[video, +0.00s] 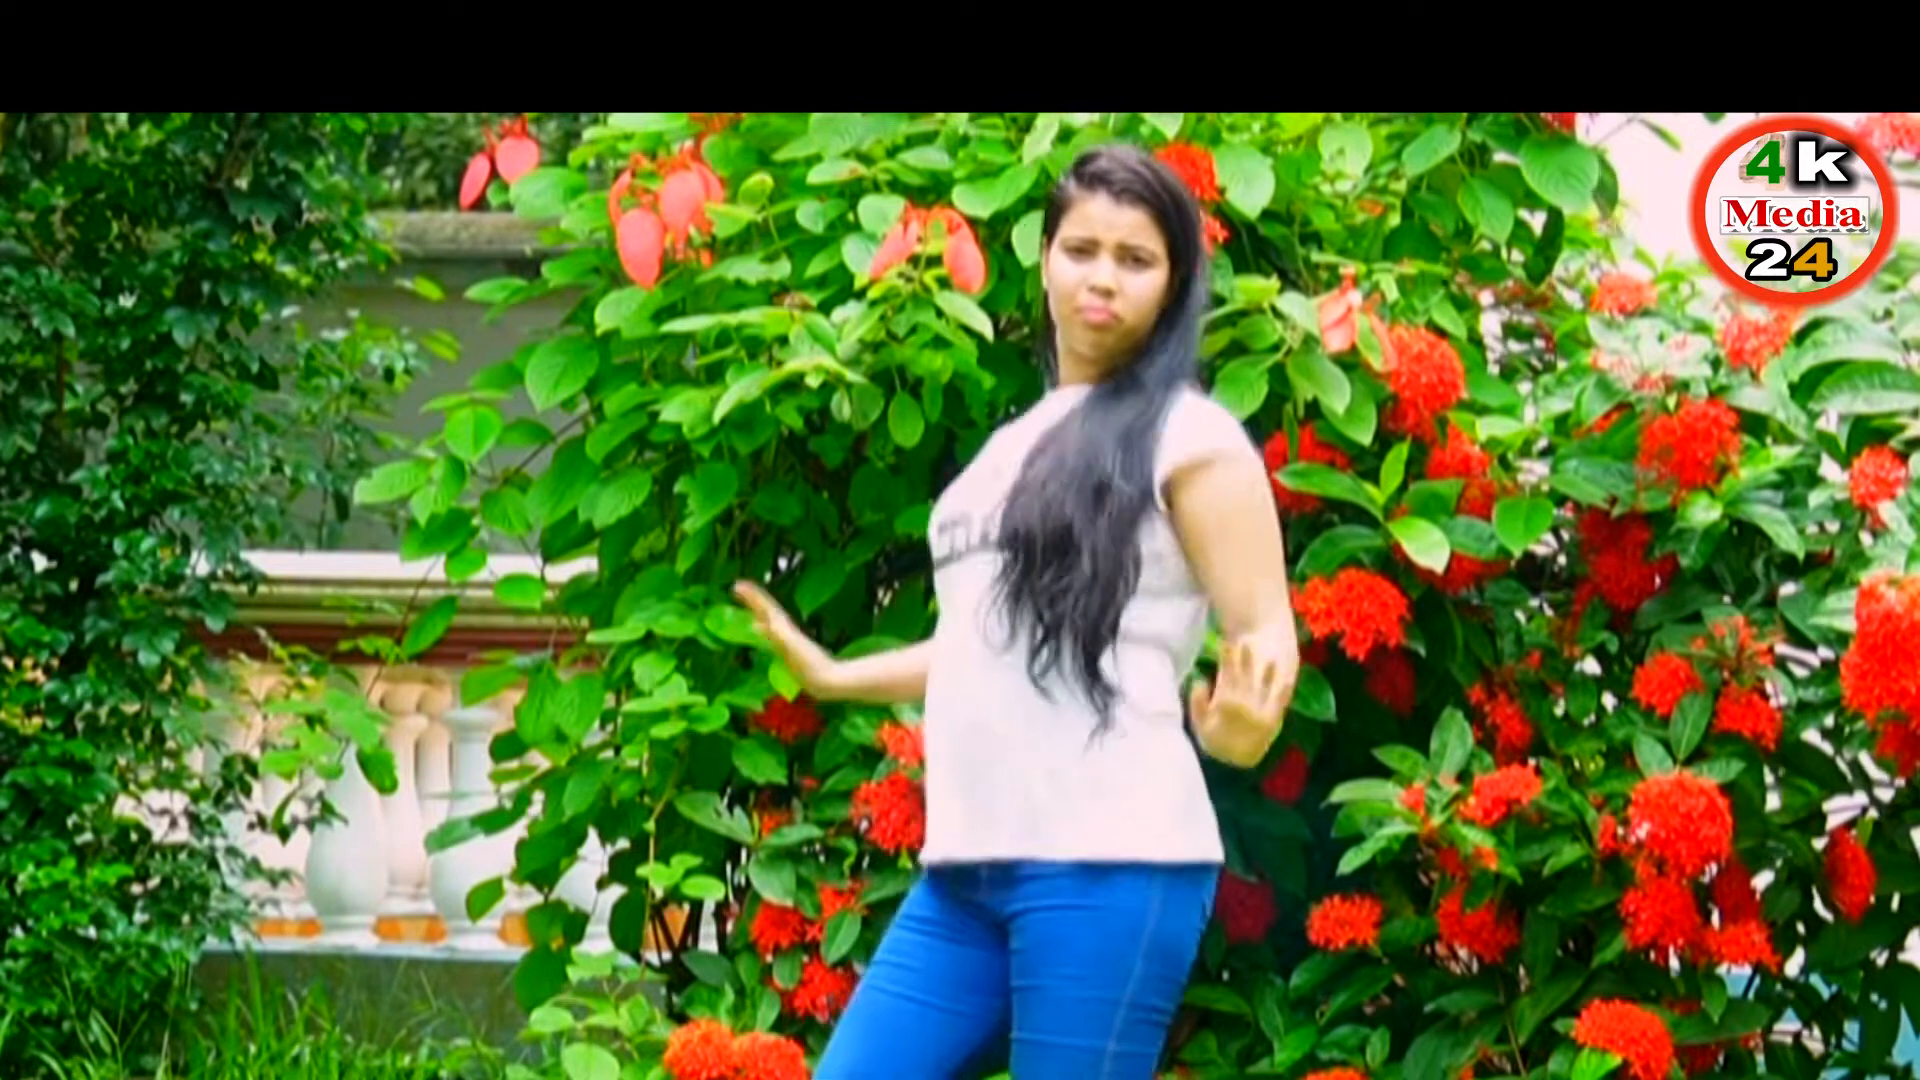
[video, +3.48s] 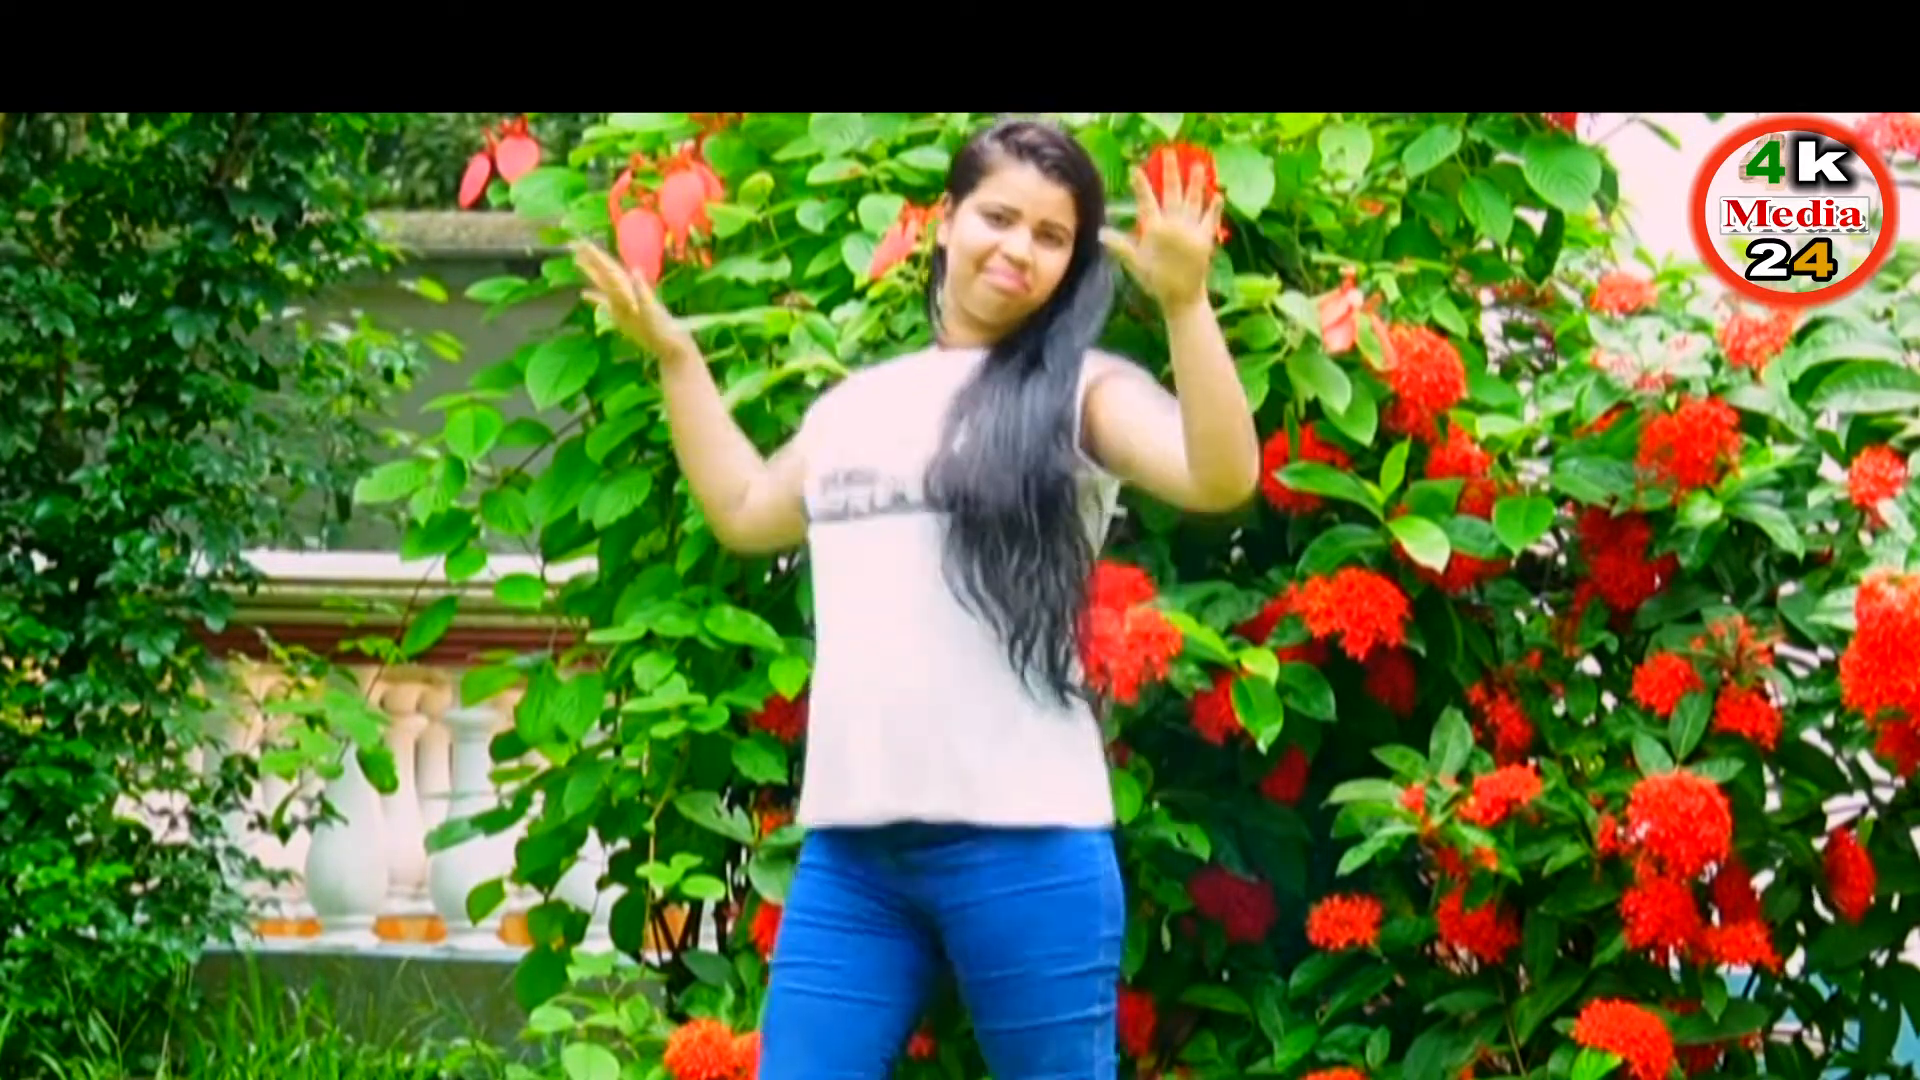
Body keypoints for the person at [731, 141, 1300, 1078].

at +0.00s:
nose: (1102, 281)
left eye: (1134, 260)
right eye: (1080, 250)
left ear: (1175, 287)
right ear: (1045, 262)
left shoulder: (1191, 433)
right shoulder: (1014, 440)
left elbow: (1265, 631)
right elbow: (990, 647)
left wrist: (1237, 739)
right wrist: (836, 679)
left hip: (1112, 873)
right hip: (964, 870)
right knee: (848, 1071)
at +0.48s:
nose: (1071, 310)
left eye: (1103, 292)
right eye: (1051, 278)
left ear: (1130, 321)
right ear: (1007, 288)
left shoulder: (1138, 477)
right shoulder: (931, 478)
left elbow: (1195, 705)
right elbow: (867, 675)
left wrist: (1215, 701)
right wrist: (683, 688)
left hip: (1065, 890)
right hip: (906, 888)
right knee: (791, 1070)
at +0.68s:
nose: (1040, 275)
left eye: (1069, 264)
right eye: (1022, 241)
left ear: (1083, 293)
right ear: (961, 241)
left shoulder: (1086, 414)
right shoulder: (866, 439)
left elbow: (1183, 603)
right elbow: (753, 606)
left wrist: (1227, 582)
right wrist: (583, 558)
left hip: (1026, 847)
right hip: (844, 833)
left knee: (1043, 1073)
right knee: (797, 1070)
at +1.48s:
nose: (1072, 285)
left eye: (1103, 267)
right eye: (1050, 254)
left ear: (1131, 292)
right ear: (997, 264)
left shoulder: (1151, 419)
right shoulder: (946, 447)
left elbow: (1258, 569)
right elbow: (812, 563)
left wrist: (1307, 495)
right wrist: (639, 503)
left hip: (1085, 859)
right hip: (929, 846)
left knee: (1046, 1073)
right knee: (847, 1068)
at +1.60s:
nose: (1080, 273)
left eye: (1111, 255)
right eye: (1058, 241)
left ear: (1135, 281)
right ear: (1006, 246)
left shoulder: (1146, 391)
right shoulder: (972, 430)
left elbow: (1264, 496)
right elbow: (870, 523)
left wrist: (1296, 355)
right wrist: (724, 401)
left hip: (1101, 862)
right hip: (948, 853)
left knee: (1069, 1070)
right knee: (876, 1068)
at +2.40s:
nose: (1048, 274)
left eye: (1078, 259)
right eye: (1027, 242)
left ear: (1105, 287)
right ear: (976, 247)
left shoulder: (1112, 394)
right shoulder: (898, 411)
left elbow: (1177, 409)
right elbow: (738, 428)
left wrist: (1183, 237)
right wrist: (624, 282)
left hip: (1041, 862)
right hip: (861, 850)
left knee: (1040, 1067)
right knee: (812, 1069)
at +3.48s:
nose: (1016, 251)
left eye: (1049, 236)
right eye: (998, 217)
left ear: (1074, 264)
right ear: (945, 222)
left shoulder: (1079, 387)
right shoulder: (851, 405)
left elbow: (1221, 480)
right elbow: (746, 512)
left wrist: (1187, 304)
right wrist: (673, 357)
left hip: (1027, 853)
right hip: (850, 853)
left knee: (1060, 1070)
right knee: (796, 1069)